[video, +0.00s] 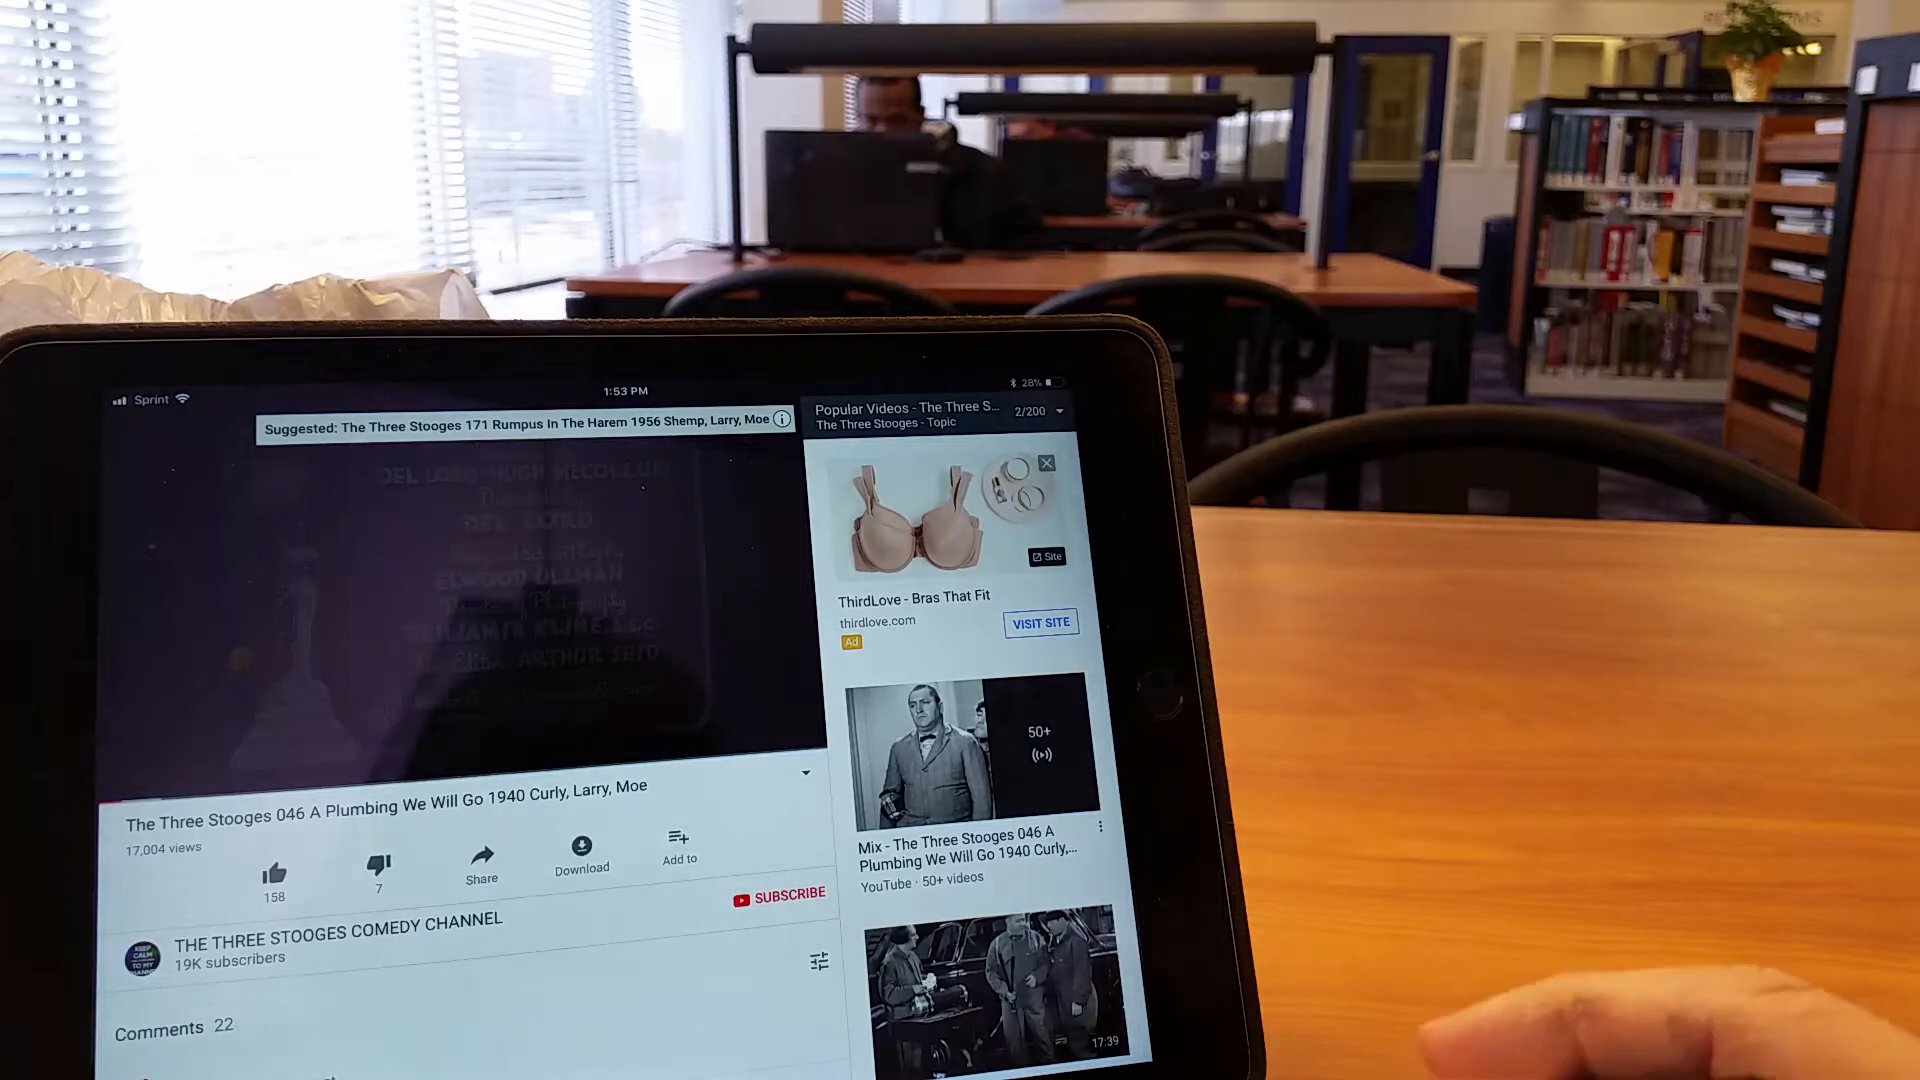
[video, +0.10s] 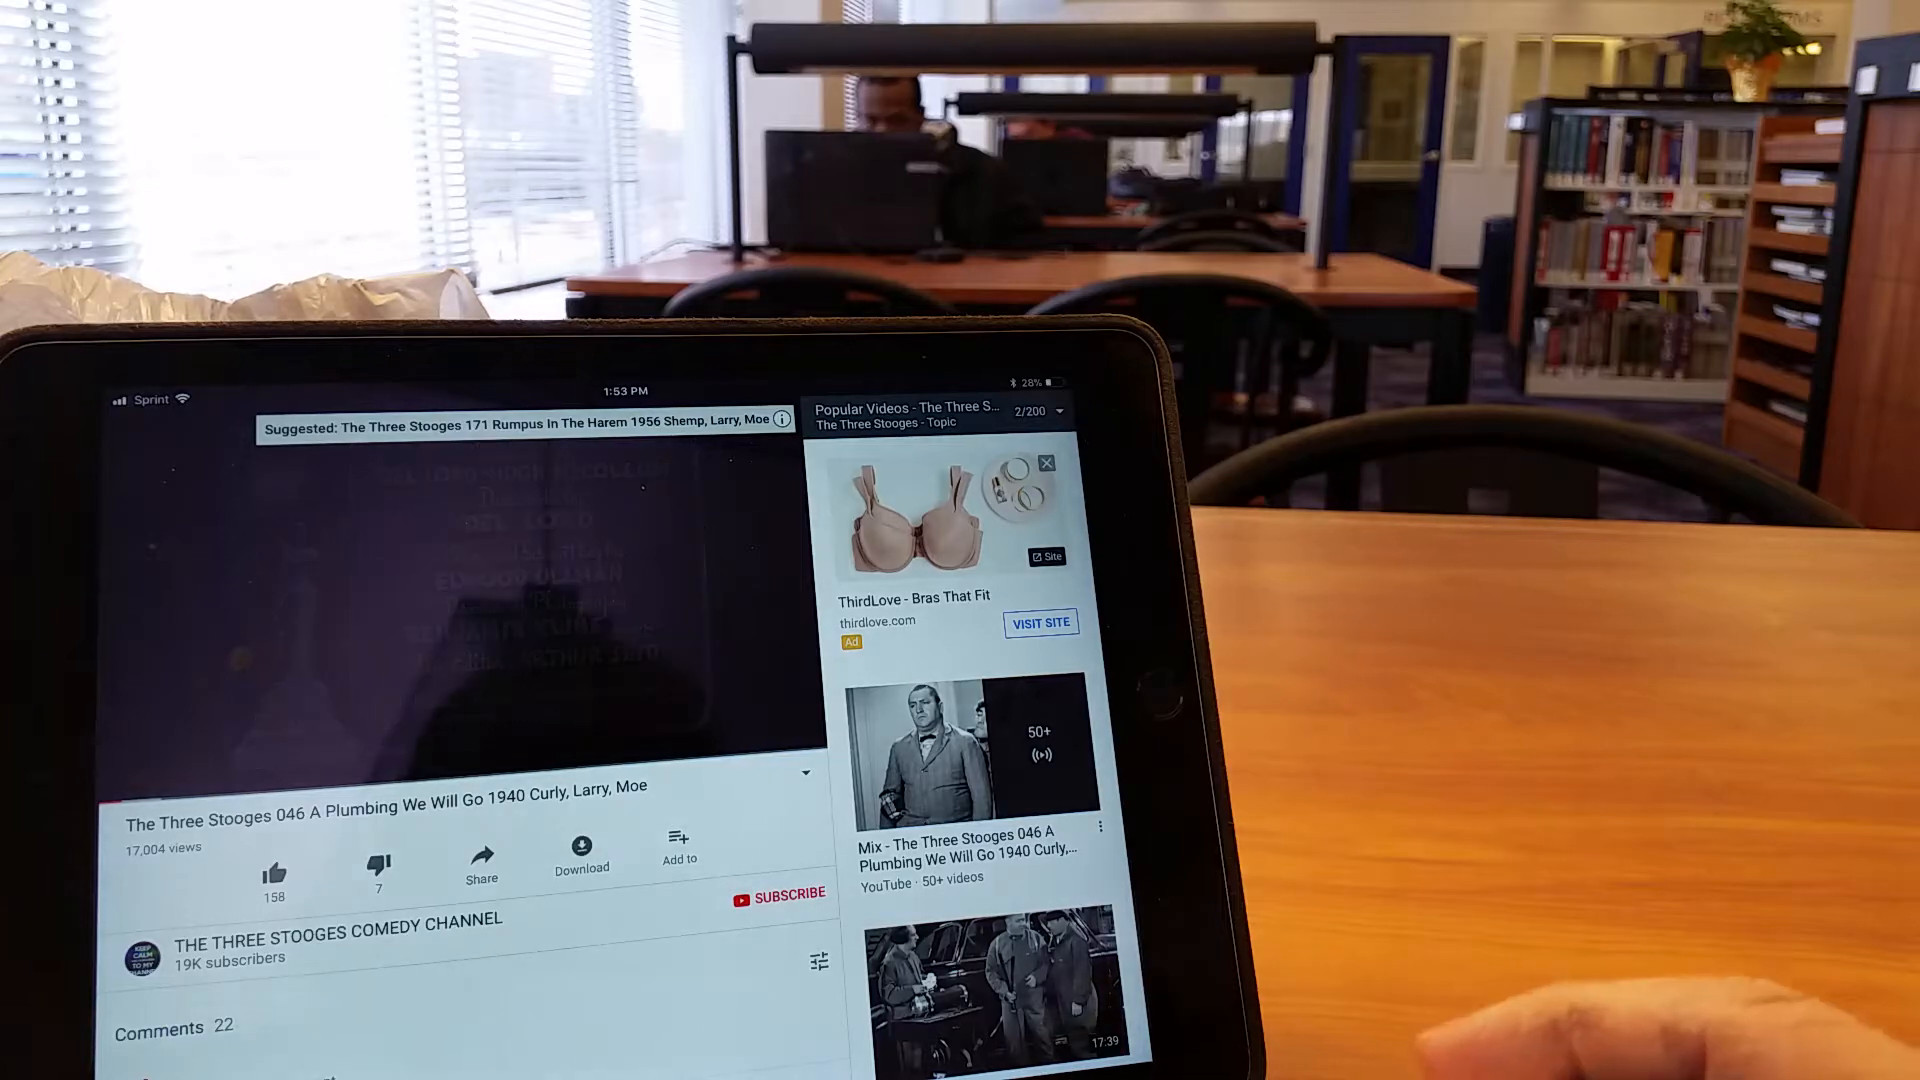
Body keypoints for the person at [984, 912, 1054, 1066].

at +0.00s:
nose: (1023, 924)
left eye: (1024, 920)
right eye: (1018, 921)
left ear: (1027, 921)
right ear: (1008, 923)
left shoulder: (1036, 939)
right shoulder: (997, 944)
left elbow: (1045, 963)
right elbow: (990, 972)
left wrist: (1036, 977)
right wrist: (1004, 991)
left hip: (1033, 998)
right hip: (1010, 1000)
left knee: (1040, 1036)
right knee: (1013, 1041)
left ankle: (1047, 1067)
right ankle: (1018, 1071)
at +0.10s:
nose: (1023, 924)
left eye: (1024, 920)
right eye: (1018, 921)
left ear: (1027, 921)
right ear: (1008, 923)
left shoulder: (1036, 939)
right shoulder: (997, 944)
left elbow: (1045, 963)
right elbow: (990, 972)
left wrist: (1036, 977)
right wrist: (1004, 991)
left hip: (1033, 997)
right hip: (1010, 1000)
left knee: (1040, 1035)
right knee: (1013, 1040)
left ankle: (1047, 1067)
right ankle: (1019, 1071)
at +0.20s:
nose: (1023, 924)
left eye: (1024, 920)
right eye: (1019, 921)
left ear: (1027, 921)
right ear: (1008, 923)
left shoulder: (1036, 939)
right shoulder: (997, 944)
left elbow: (1045, 963)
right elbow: (990, 972)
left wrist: (1036, 977)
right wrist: (1004, 991)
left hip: (1033, 998)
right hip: (1010, 1000)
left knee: (1041, 1036)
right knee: (1013, 1041)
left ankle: (1047, 1068)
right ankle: (1019, 1071)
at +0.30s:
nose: (1024, 924)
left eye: (1024, 920)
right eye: (1019, 921)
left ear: (1027, 920)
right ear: (1008, 923)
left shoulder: (1036, 939)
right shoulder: (997, 944)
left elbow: (1045, 963)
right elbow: (990, 972)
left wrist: (1036, 977)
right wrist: (1004, 991)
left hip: (1033, 997)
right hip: (1010, 1000)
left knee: (1041, 1035)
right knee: (1013, 1040)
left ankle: (1047, 1067)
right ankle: (1019, 1071)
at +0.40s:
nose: (1023, 924)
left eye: (1024, 920)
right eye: (1019, 921)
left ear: (1027, 921)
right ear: (1008, 923)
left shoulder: (1036, 939)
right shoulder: (997, 944)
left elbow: (1045, 963)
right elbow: (990, 972)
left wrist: (1036, 977)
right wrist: (1004, 991)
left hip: (1033, 997)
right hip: (1010, 1000)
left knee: (1041, 1035)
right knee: (1013, 1040)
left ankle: (1047, 1068)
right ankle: (1018, 1071)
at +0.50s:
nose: (1023, 924)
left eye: (1024, 920)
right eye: (1019, 921)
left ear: (1027, 921)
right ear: (1008, 923)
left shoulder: (1036, 939)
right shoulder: (997, 944)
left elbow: (1045, 963)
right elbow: (990, 972)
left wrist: (1036, 977)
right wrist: (1004, 991)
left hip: (1032, 997)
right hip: (1010, 999)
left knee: (1040, 1034)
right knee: (1013, 1039)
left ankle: (1049, 1065)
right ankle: (1018, 1069)